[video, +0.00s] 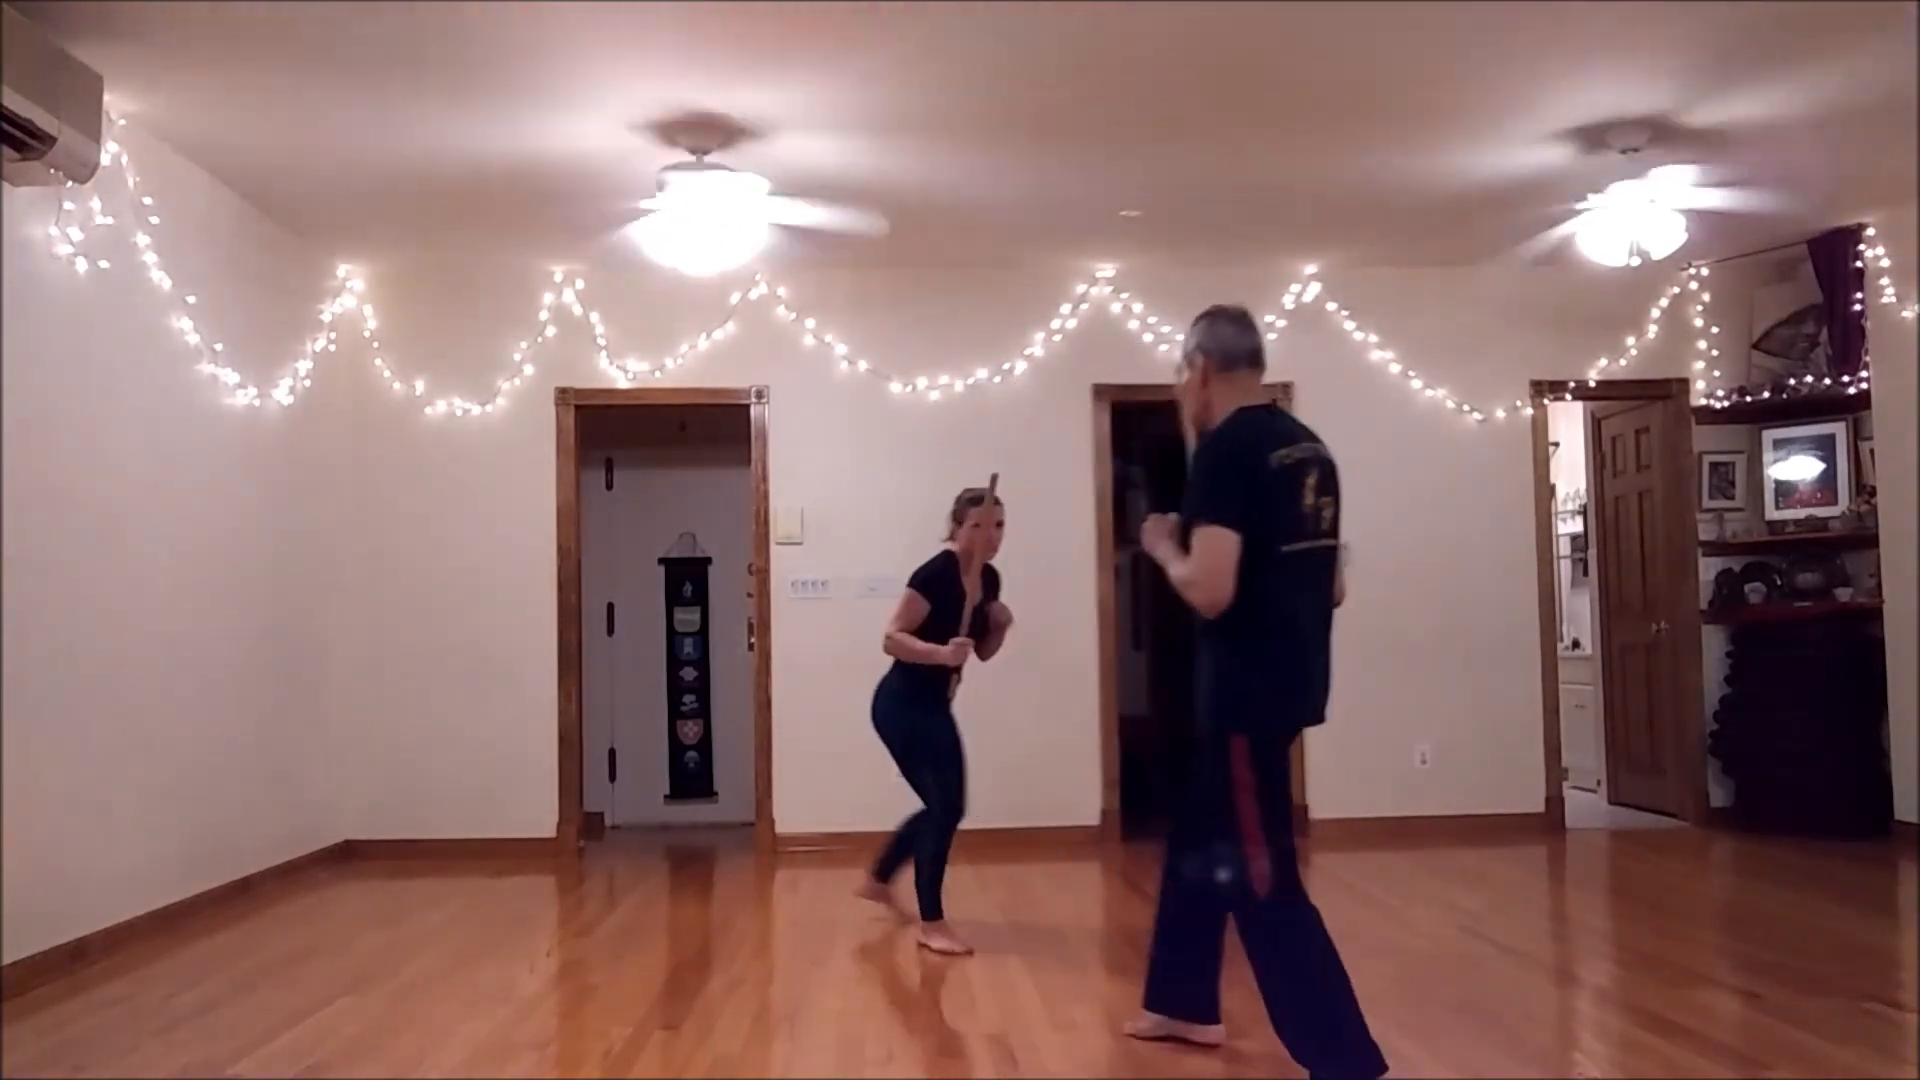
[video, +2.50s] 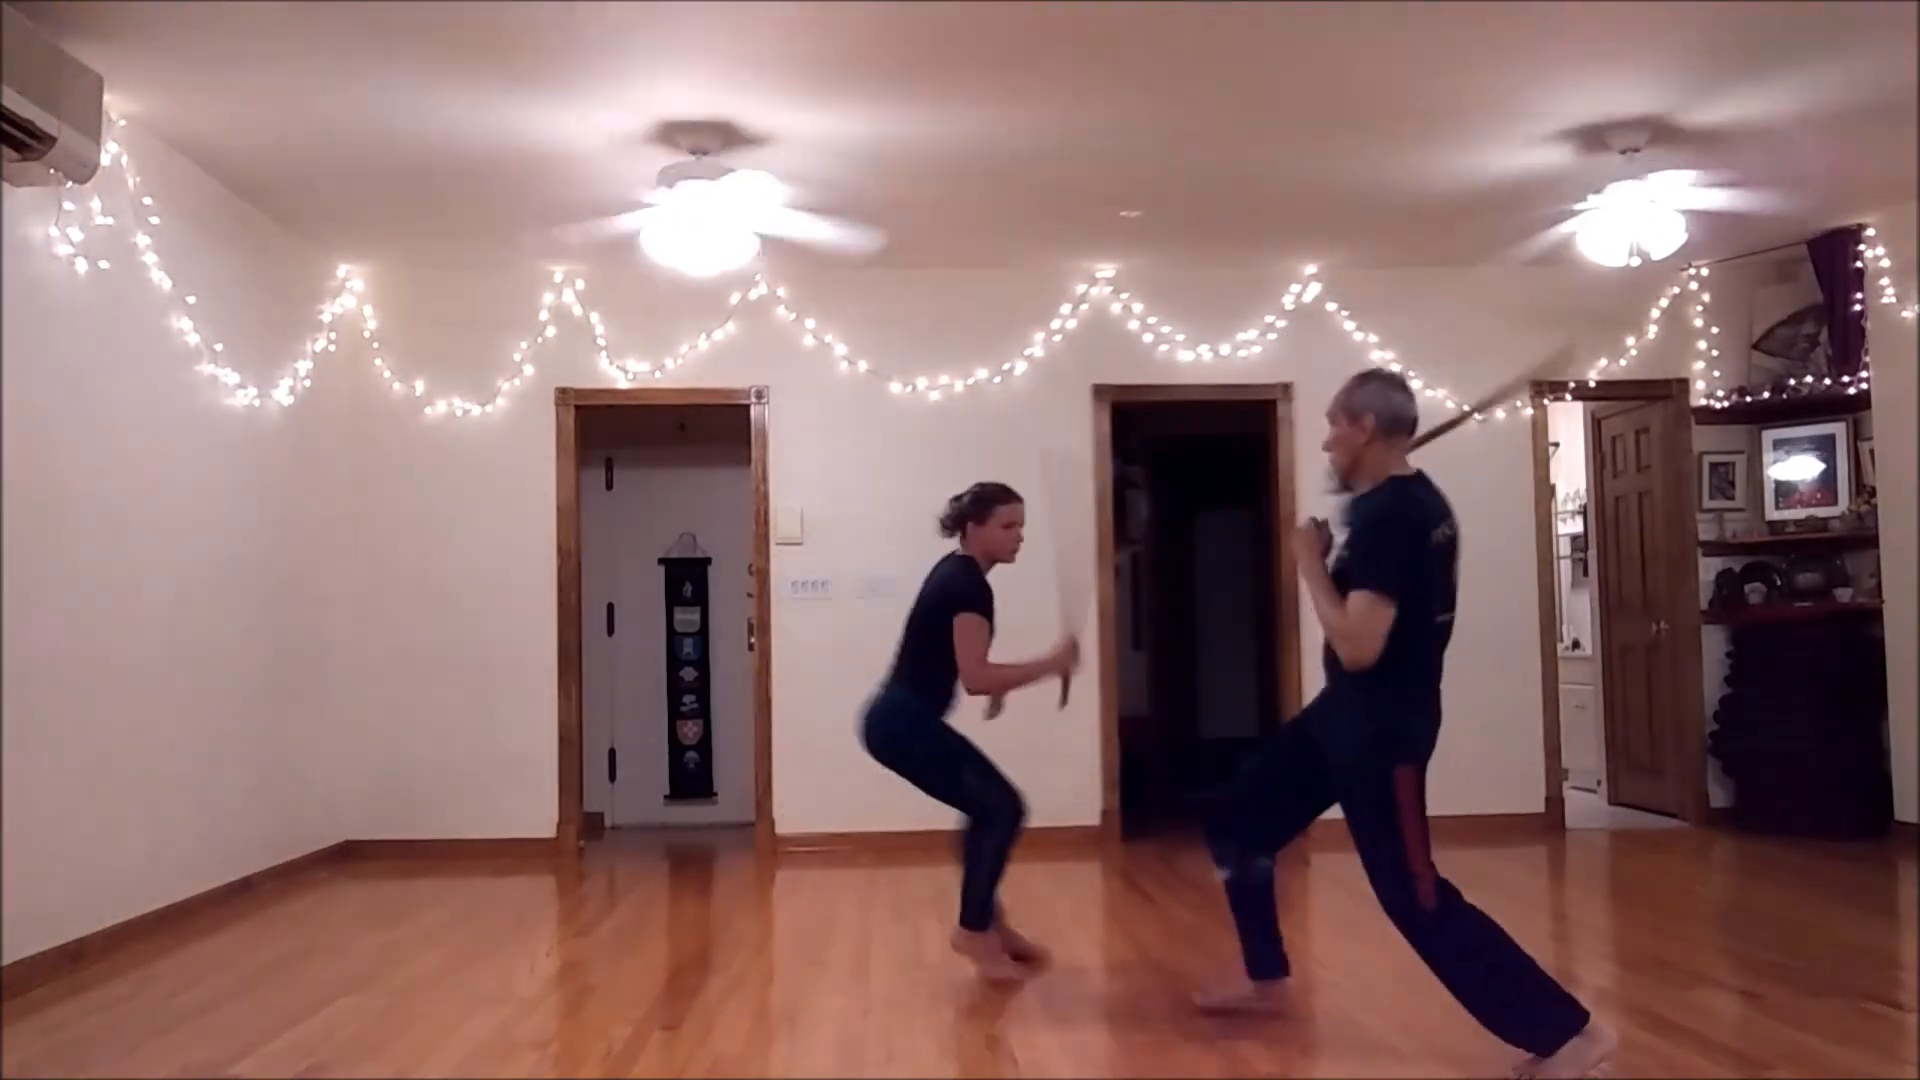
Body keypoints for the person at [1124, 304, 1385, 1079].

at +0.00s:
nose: (1178, 390)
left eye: (1180, 375)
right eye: (1180, 375)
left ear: (1199, 370)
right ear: (1257, 368)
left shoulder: (1227, 450)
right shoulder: (1305, 443)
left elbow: (1210, 590)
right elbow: (1333, 586)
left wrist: (1165, 549)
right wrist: (1239, 557)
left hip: (1238, 688)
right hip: (1285, 682)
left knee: (1263, 877)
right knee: (1199, 839)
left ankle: (1350, 1063)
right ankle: (1185, 1005)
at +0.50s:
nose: (1210, 401)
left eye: (1212, 385)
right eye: (1209, 387)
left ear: (1239, 376)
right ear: (1274, 374)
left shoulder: (1293, 445)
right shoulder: (1313, 441)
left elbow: (1246, 580)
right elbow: (1280, 572)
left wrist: (1198, 506)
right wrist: (1218, 509)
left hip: (1305, 691)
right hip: (1299, 685)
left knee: (1284, 874)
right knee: (1252, 855)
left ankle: (1352, 1063)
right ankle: (1279, 1014)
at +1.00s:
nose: (1223, 414)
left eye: (1227, 398)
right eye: (1223, 399)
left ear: (1257, 390)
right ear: (1277, 389)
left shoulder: (1320, 450)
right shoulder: (1299, 461)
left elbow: (1312, 574)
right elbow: (1309, 576)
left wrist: (1231, 537)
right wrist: (1234, 556)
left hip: (1350, 690)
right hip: (1307, 690)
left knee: (1367, 854)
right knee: (1262, 847)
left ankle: (1468, 1033)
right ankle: (1284, 1009)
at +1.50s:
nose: (1270, 406)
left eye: (1276, 390)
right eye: (1270, 392)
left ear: (1314, 386)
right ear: (1320, 387)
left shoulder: (1375, 454)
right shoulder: (1341, 468)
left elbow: (1362, 578)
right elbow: (1358, 591)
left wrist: (1279, 529)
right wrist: (1284, 602)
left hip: (1397, 696)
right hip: (1346, 693)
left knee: (1424, 862)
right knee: (1286, 837)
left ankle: (1505, 1042)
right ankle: (1293, 1007)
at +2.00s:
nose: (1250, 422)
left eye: (1255, 405)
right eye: (1249, 406)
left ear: (1292, 396)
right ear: (1298, 397)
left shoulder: (1352, 458)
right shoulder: (1323, 473)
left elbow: (1335, 582)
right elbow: (1333, 592)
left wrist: (1259, 532)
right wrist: (1270, 604)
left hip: (1386, 697)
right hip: (1338, 696)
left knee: (1420, 862)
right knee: (1277, 843)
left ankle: (1503, 1041)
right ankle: (1290, 1008)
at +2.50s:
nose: (1325, 439)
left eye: (1333, 424)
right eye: (1329, 424)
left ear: (1364, 430)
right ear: (1383, 431)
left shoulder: (1394, 511)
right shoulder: (1410, 499)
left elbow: (1358, 646)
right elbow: (1391, 625)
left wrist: (1311, 563)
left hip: (1382, 726)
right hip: (1351, 715)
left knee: (1416, 895)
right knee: (1238, 823)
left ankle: (1568, 1034)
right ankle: (1265, 977)